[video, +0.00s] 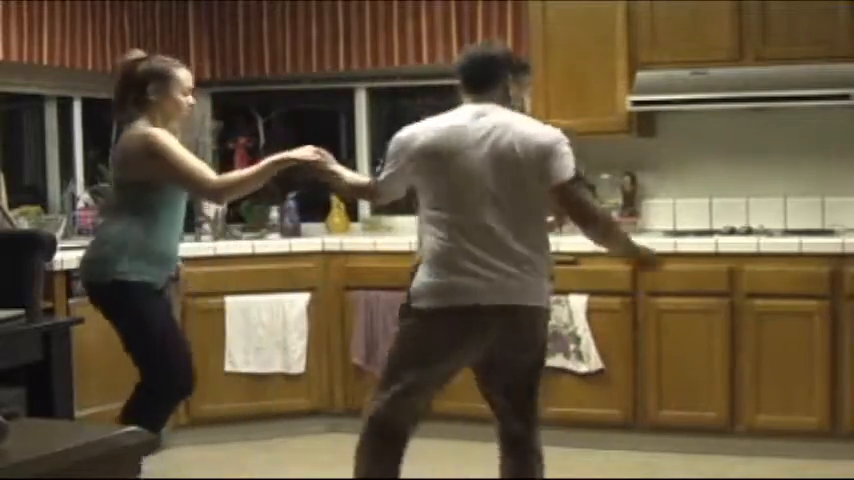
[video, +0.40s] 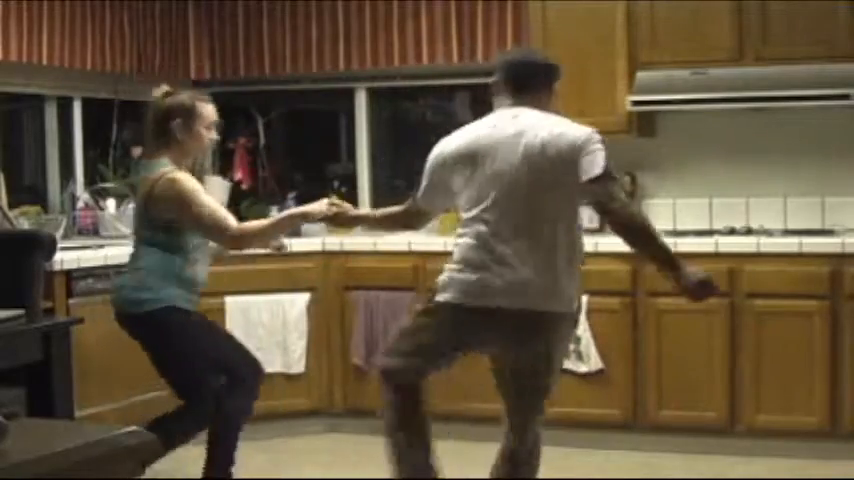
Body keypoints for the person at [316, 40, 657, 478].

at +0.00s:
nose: (528, 97)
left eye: (528, 86)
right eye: (526, 87)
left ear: (465, 89)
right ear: (510, 86)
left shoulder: (419, 138)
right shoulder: (543, 139)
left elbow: (377, 194)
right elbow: (589, 217)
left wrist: (320, 166)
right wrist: (635, 251)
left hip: (442, 308)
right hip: (520, 309)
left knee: (388, 421)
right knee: (520, 434)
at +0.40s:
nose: (552, 98)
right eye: (552, 91)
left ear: (497, 91)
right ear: (549, 90)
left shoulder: (457, 144)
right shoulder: (576, 139)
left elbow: (413, 215)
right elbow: (615, 212)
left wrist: (350, 217)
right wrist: (679, 272)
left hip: (467, 298)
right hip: (543, 309)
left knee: (398, 371)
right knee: (523, 427)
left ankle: (416, 474)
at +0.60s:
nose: (484, 94)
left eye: (487, 87)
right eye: (488, 88)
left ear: (495, 88)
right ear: (544, 92)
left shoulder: (464, 138)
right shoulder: (585, 143)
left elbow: (415, 212)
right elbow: (643, 216)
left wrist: (355, 206)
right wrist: (691, 262)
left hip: (492, 305)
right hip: (562, 311)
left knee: (409, 374)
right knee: (525, 442)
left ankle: (430, 475)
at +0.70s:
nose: (475, 95)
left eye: (477, 87)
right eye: (477, 88)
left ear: (486, 89)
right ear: (531, 94)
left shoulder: (458, 138)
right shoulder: (575, 146)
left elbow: (419, 220)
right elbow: (627, 221)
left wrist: (367, 214)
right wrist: (655, 258)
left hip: (494, 310)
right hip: (564, 312)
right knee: (527, 446)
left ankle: (397, 476)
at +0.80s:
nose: (457, 93)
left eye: (459, 86)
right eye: (459, 87)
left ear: (468, 87)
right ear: (517, 92)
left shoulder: (451, 133)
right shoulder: (559, 144)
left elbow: (420, 220)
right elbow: (603, 228)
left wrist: (381, 213)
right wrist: (610, 242)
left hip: (497, 315)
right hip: (559, 314)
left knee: (431, 442)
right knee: (524, 450)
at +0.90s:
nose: (443, 85)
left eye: (445, 78)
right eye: (445, 78)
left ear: (453, 78)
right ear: (501, 82)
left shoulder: (438, 121)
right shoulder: (540, 133)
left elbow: (417, 213)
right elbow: (576, 222)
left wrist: (386, 204)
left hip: (493, 302)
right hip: (550, 299)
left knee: (452, 429)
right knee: (521, 434)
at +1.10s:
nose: (416, 90)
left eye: (419, 82)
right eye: (417, 84)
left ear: (426, 81)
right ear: (473, 85)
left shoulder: (412, 127)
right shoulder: (512, 139)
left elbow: (391, 208)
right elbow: (552, 220)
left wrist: (347, 233)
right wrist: (516, 248)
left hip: (463, 296)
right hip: (517, 293)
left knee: (482, 414)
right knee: (480, 410)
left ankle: (518, 476)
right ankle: (461, 477)